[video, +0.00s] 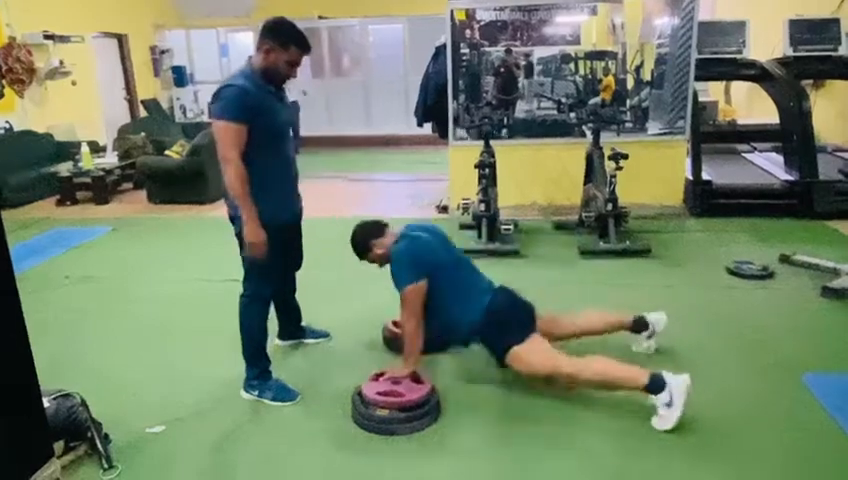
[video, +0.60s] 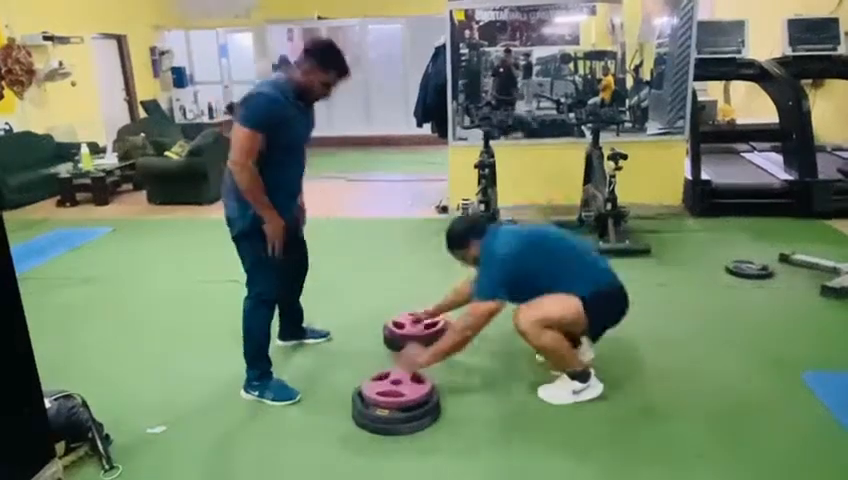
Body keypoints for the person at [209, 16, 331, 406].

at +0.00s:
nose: (295, 71)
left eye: (298, 64)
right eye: (291, 63)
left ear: (275, 55)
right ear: (266, 51)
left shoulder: (272, 91)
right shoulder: (235, 95)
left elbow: (277, 153)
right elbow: (230, 162)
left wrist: (289, 199)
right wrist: (249, 221)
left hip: (285, 207)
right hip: (257, 212)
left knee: (286, 272)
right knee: (258, 291)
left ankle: (290, 329)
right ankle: (257, 377)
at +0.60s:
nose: (328, 92)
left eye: (332, 85)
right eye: (326, 83)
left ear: (316, 74)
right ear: (307, 69)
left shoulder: (301, 103)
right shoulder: (263, 101)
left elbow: (289, 158)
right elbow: (239, 164)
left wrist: (296, 199)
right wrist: (269, 216)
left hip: (284, 207)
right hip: (252, 211)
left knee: (295, 267)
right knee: (263, 289)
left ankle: (291, 328)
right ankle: (257, 378)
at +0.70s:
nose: (345, 116)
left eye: (349, 111)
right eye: (344, 109)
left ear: (331, 97)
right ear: (325, 94)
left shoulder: (316, 122)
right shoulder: (280, 118)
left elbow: (301, 167)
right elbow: (258, 184)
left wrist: (308, 206)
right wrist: (283, 235)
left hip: (276, 207)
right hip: (242, 211)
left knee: (301, 261)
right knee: (272, 285)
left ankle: (291, 328)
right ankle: (257, 379)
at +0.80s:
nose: (360, 157)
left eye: (364, 151)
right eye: (360, 149)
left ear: (344, 135)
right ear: (343, 134)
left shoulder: (325, 154)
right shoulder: (299, 157)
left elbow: (323, 199)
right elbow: (283, 226)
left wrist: (337, 243)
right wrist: (316, 282)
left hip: (272, 222)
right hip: (241, 230)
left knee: (314, 266)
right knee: (288, 296)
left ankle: (294, 330)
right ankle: (258, 382)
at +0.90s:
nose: (371, 199)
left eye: (375, 193)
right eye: (371, 191)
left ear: (355, 176)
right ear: (357, 180)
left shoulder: (336, 196)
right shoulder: (313, 201)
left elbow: (351, 239)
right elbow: (312, 273)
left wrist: (373, 278)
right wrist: (346, 323)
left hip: (273, 251)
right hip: (246, 261)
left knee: (328, 275)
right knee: (299, 311)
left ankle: (298, 331)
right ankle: (258, 384)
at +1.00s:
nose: (382, 239)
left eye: (387, 234)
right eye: (383, 231)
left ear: (370, 214)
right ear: (370, 218)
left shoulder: (352, 223)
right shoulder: (327, 236)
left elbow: (371, 267)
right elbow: (335, 314)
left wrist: (401, 307)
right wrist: (374, 354)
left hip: (283, 273)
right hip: (256, 287)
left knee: (340, 283)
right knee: (310, 325)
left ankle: (311, 335)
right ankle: (260, 384)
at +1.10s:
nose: (402, 270)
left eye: (406, 265)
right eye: (404, 264)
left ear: (393, 243)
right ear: (393, 249)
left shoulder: (373, 243)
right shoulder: (348, 255)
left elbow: (379, 283)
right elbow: (341, 328)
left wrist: (403, 317)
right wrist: (379, 376)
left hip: (290, 279)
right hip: (267, 288)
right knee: (320, 331)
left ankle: (291, 335)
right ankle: (262, 382)